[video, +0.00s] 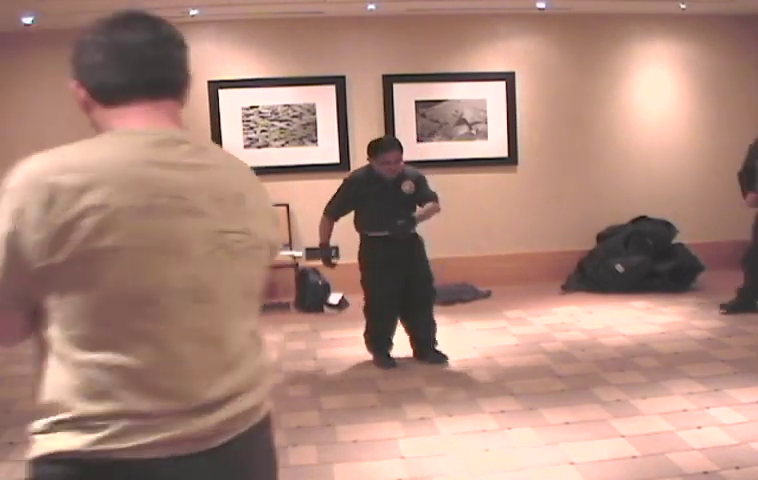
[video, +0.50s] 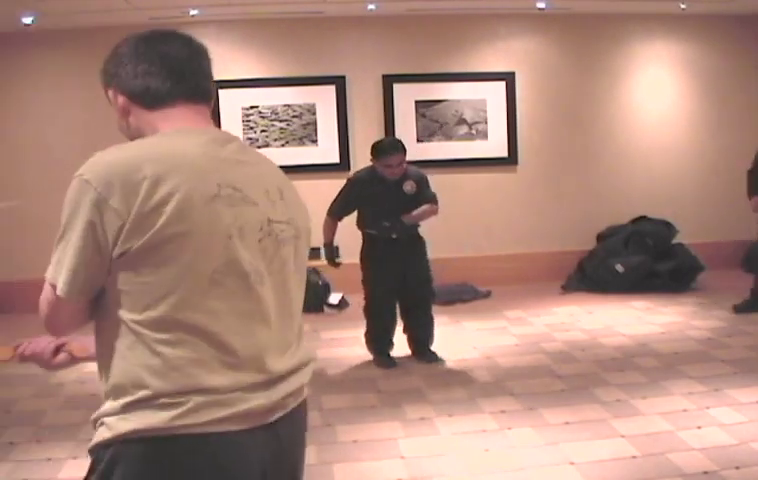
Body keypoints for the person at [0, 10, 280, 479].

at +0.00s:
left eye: (74, 91)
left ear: (81, 96)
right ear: (183, 90)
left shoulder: (41, 184)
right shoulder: (244, 183)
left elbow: (9, 325)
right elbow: (254, 293)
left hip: (90, 464)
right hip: (236, 459)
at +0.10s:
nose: (97, 108)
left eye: (96, 98)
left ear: (106, 100)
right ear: (203, 94)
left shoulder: (82, 178)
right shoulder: (260, 187)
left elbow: (31, 310)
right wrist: (52, 352)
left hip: (124, 461)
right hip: (255, 455)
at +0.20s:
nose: (110, 113)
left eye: (106, 103)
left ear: (118, 104)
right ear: (209, 98)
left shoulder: (105, 177)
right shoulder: (265, 183)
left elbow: (41, 314)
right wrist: (58, 358)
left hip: (147, 457)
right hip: (266, 450)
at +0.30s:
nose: (114, 121)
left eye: (110, 108)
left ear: (120, 102)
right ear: (210, 97)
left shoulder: (117, 175)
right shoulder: (268, 179)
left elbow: (54, 318)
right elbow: (209, 331)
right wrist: (65, 358)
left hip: (161, 455)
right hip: (276, 445)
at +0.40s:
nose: (115, 120)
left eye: (110, 107)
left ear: (121, 102)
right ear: (209, 94)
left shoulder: (119, 174)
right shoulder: (270, 178)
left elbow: (58, 318)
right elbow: (213, 328)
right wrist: (73, 354)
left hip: (164, 451)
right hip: (280, 442)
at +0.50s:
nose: (116, 120)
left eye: (111, 106)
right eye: (112, 108)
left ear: (122, 101)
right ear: (208, 94)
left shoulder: (112, 174)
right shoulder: (272, 176)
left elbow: (58, 315)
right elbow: (226, 319)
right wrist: (80, 348)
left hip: (163, 448)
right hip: (280, 438)